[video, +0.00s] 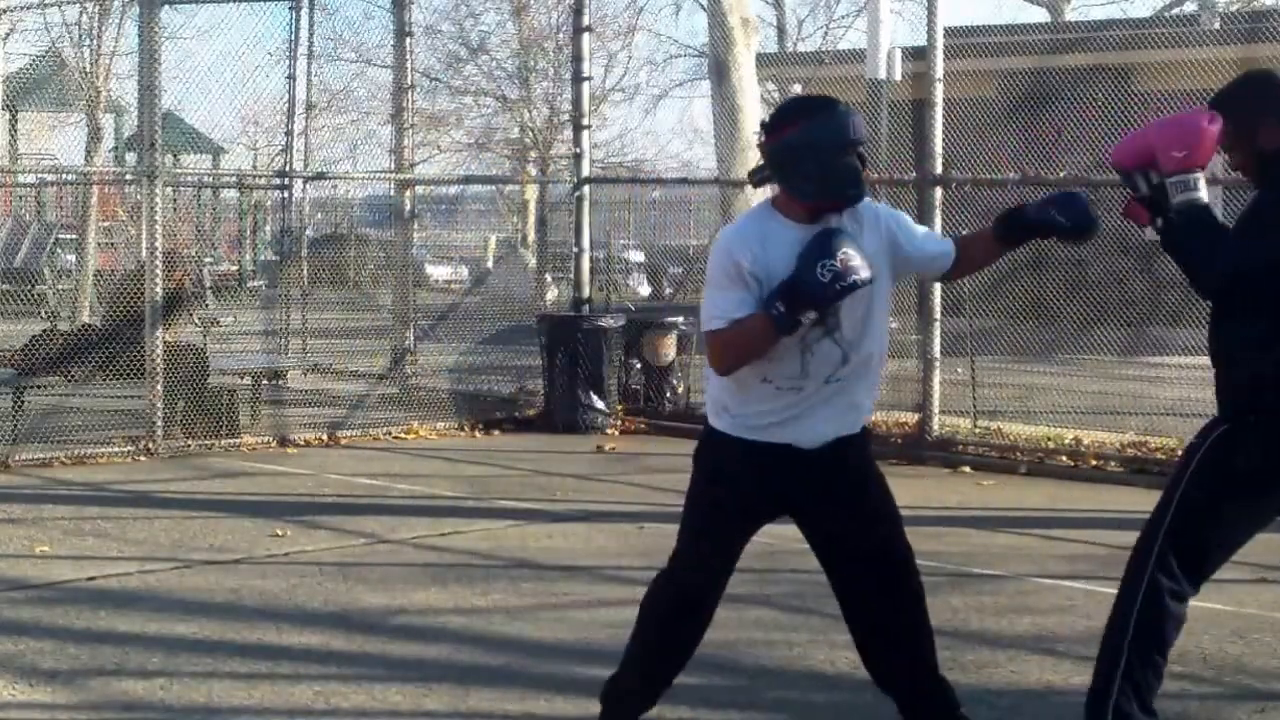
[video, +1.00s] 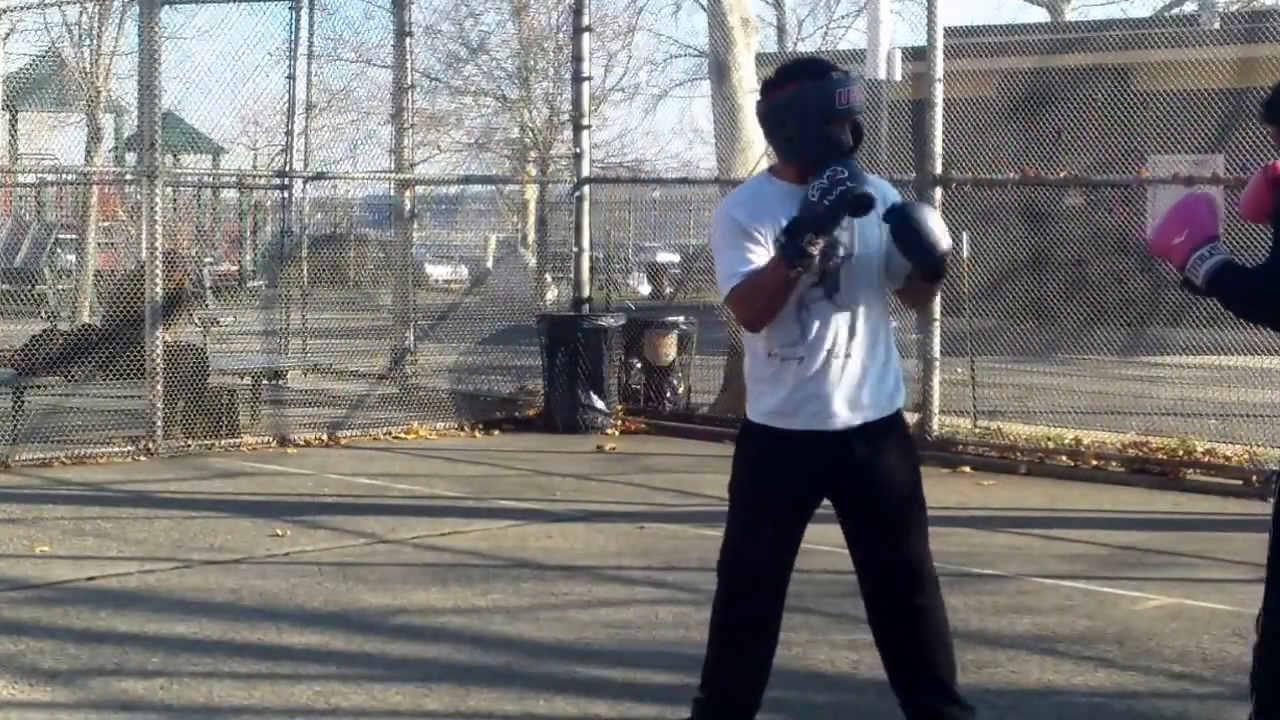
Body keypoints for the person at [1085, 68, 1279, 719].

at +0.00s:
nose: (1226, 156)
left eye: (1231, 140)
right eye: (1223, 143)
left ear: (1262, 132)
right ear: (1263, 134)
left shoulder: (1272, 202)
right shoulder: (1265, 200)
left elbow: (1223, 276)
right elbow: (1221, 277)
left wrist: (1185, 195)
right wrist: (1169, 213)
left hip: (1255, 431)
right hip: (1254, 426)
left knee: (1162, 568)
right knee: (1164, 567)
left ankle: (1119, 707)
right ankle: (1122, 705)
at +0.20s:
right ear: (1267, 153)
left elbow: (1266, 244)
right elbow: (1267, 243)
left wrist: (1240, 163)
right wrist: (1241, 165)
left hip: (1277, 422)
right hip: (1277, 419)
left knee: (1263, 557)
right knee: (1262, 557)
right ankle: (1270, 690)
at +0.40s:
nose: (1251, 233)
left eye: (1250, 212)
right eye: (1247, 216)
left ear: (1261, 204)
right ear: (1261, 204)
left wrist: (1261, 209)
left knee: (1253, 537)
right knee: (1249, 535)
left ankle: (1257, 701)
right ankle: (1256, 699)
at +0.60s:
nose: (1249, 156)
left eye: (1255, 142)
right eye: (1250, 142)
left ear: (1271, 144)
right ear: (1267, 146)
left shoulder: (1277, 199)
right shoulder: (1273, 198)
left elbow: (1235, 285)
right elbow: (1237, 284)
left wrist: (1207, 198)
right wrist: (1211, 202)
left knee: (1268, 633)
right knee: (1265, 630)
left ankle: (1264, 702)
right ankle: (1261, 699)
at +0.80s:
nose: (1219, 169)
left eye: (1221, 155)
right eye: (1216, 158)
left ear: (1247, 143)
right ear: (1262, 138)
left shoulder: (1263, 196)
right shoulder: (1264, 194)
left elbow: (1223, 313)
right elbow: (1230, 306)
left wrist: (1166, 233)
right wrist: (1228, 213)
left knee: (1265, 625)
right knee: (1265, 622)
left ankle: (1264, 701)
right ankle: (1261, 696)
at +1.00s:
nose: (1268, 150)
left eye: (1270, 135)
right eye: (1267, 135)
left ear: (1277, 137)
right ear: (1265, 137)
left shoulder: (1276, 214)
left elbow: (1269, 301)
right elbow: (1268, 300)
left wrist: (1205, 263)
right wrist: (1209, 264)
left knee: (1278, 617)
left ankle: (1268, 699)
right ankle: (1266, 697)